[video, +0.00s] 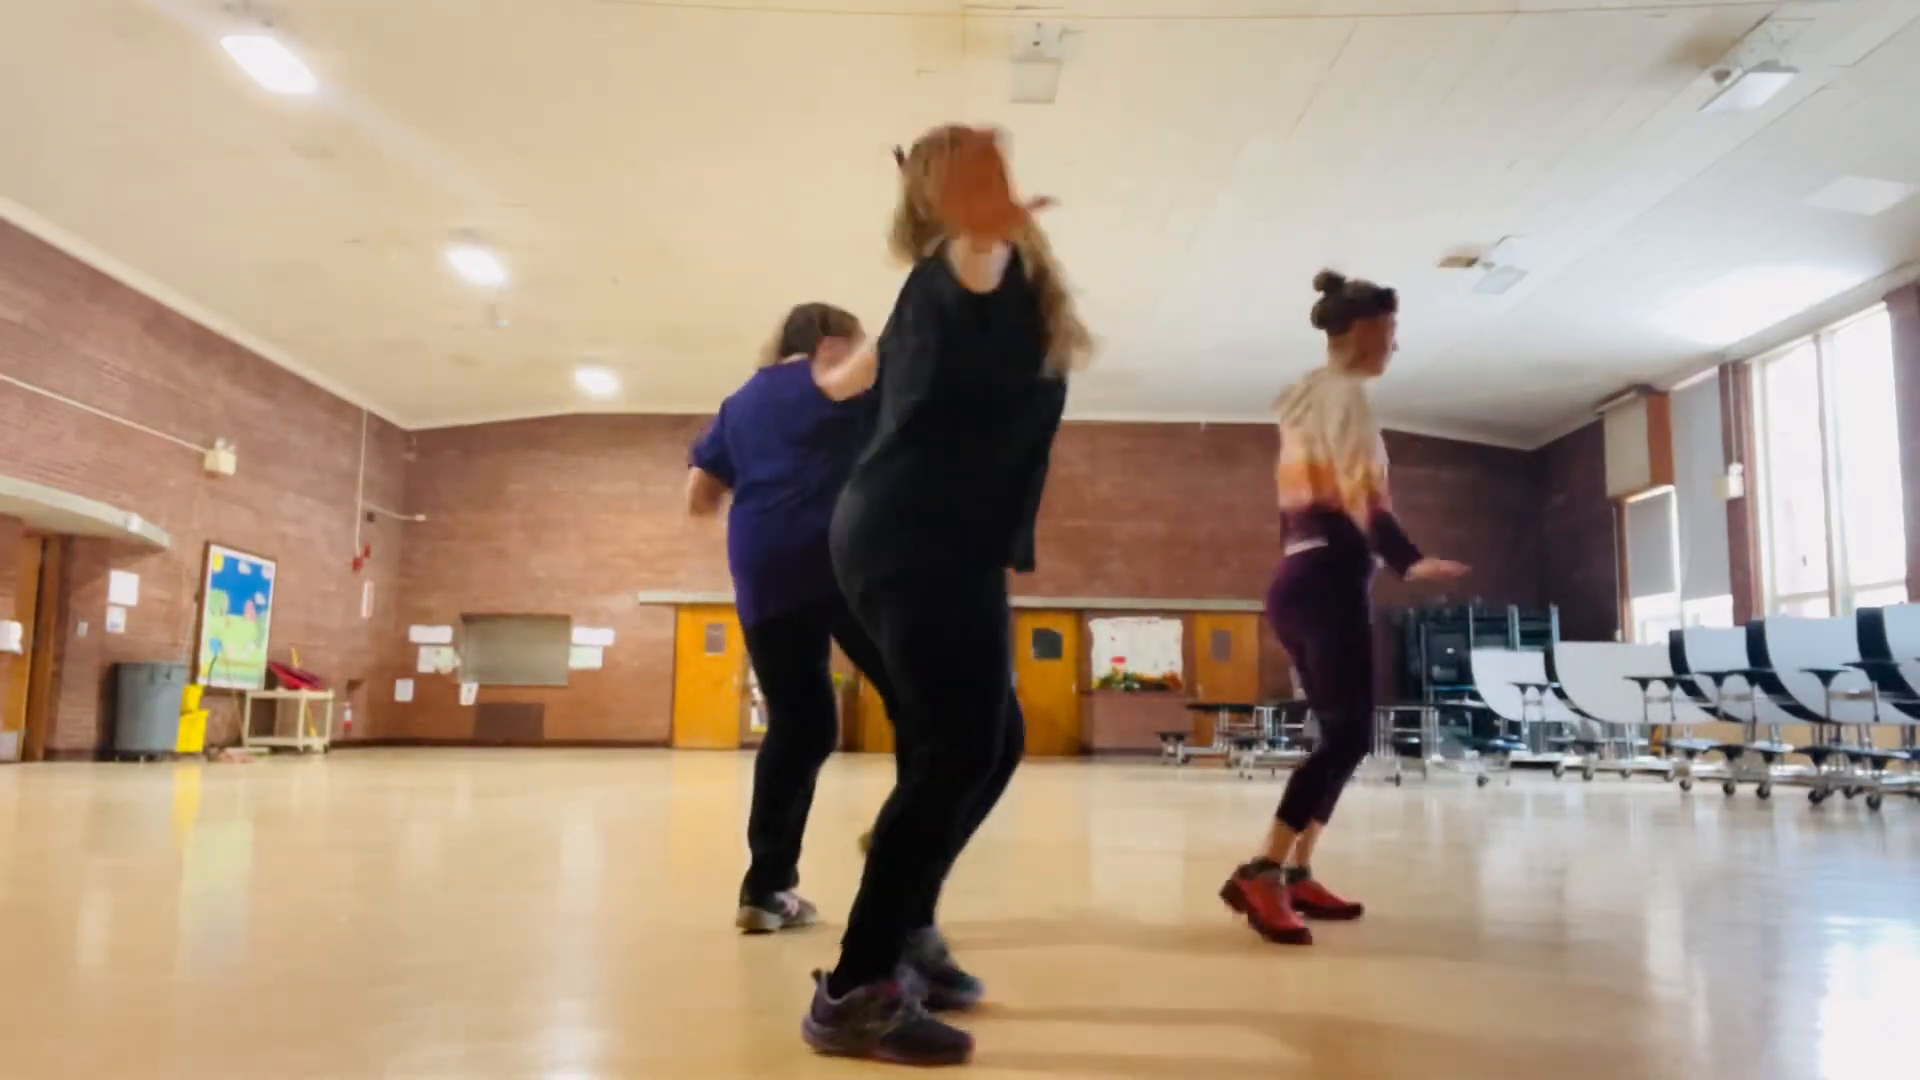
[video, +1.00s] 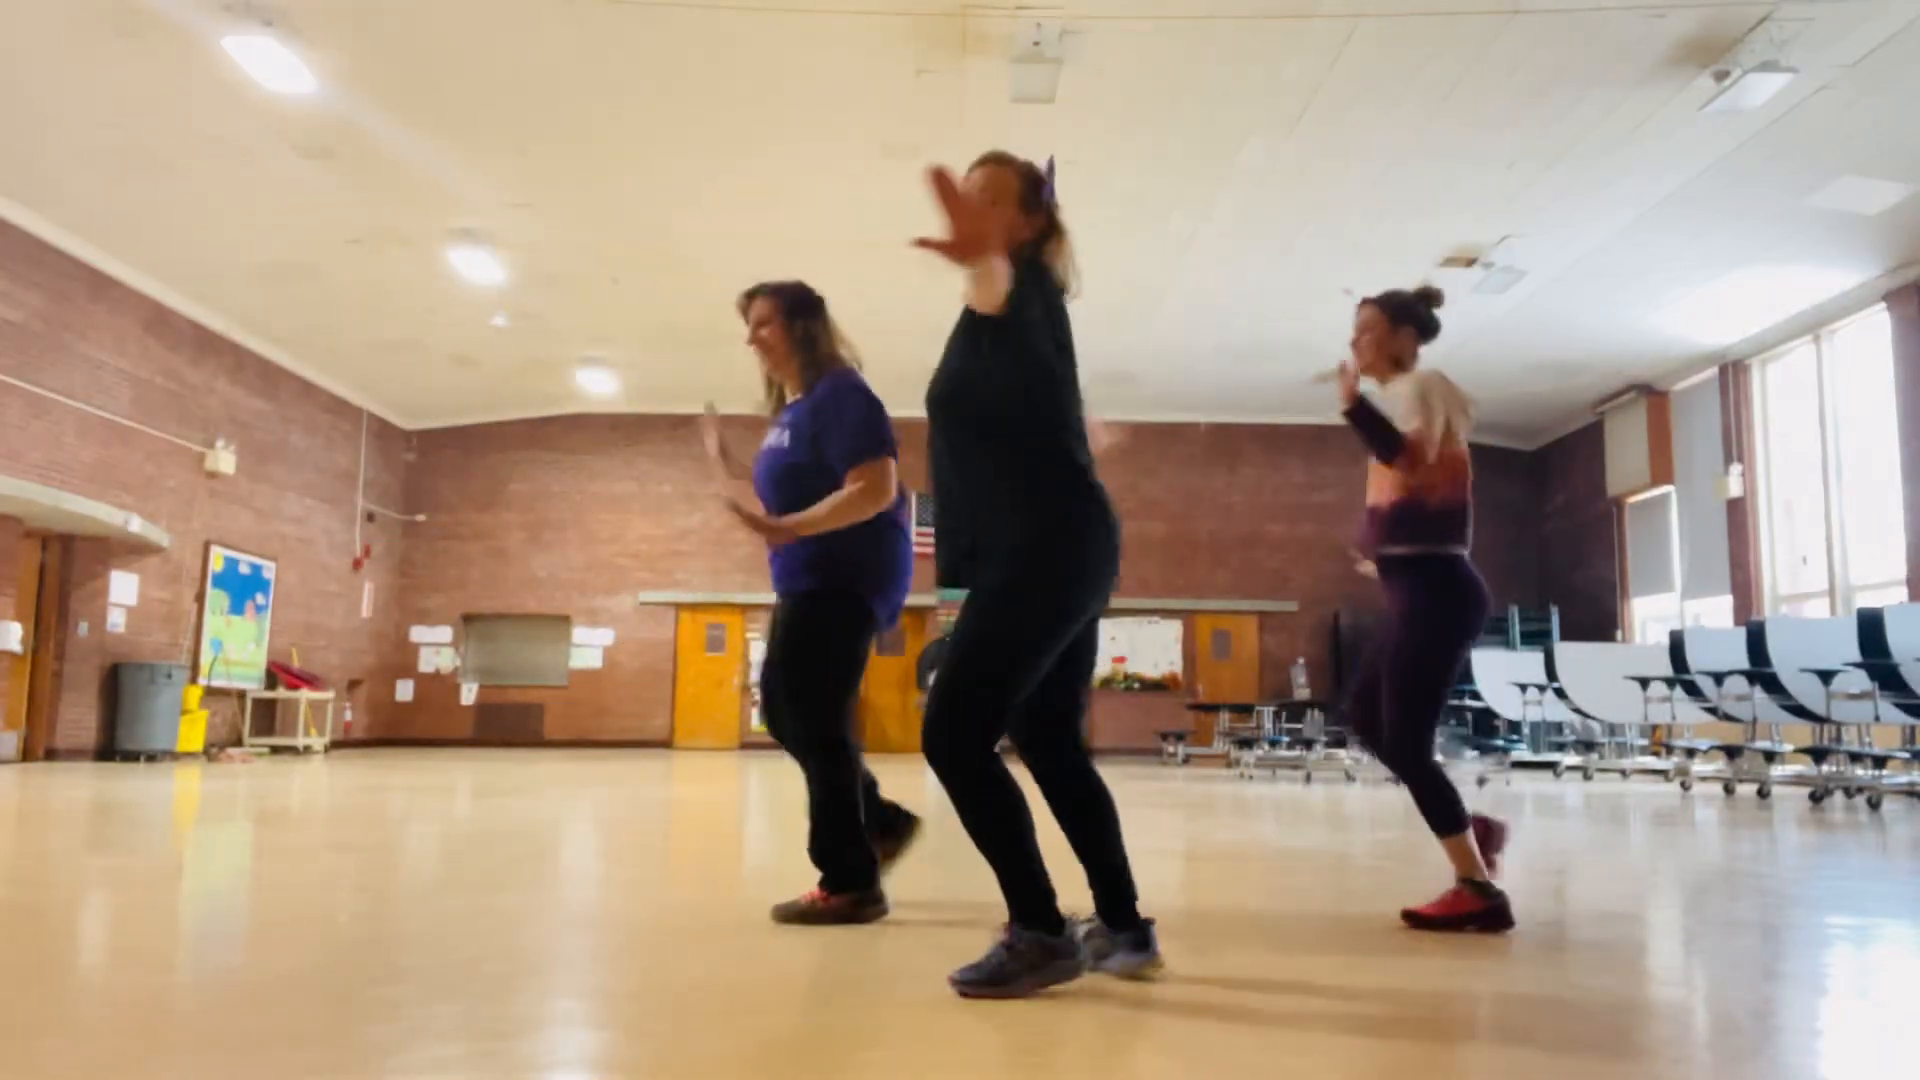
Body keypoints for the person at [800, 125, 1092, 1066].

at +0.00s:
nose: (1002, 178)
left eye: (997, 162)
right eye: (980, 165)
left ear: (1001, 186)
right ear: (944, 194)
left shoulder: (1011, 279)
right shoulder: (943, 282)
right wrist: (977, 259)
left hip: (947, 540)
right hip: (907, 536)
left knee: (990, 737)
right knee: (954, 749)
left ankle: (903, 932)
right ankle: (854, 988)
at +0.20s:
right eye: (1018, 187)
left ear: (932, 217)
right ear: (1019, 202)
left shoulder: (900, 307)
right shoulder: (1043, 273)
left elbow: (814, 356)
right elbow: (1116, 273)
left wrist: (742, 368)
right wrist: (1209, 254)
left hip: (882, 575)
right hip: (983, 567)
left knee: (951, 751)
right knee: (1106, 732)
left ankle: (923, 972)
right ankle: (981, 906)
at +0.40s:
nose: (950, 201)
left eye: (954, 190)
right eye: (965, 187)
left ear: (964, 206)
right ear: (1048, 198)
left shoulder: (921, 293)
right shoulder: (1096, 279)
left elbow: (804, 332)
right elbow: (1210, 296)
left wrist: (690, 344)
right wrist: (1334, 300)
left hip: (937, 557)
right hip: (1062, 557)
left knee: (946, 755)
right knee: (1107, 757)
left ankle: (932, 964)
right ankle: (1137, 972)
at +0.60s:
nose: (961, 224)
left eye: (967, 210)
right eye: (966, 208)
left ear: (994, 211)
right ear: (1057, 214)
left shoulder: (946, 297)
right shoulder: (1120, 309)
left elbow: (810, 309)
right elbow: (1232, 349)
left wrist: (686, 308)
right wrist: (1334, 372)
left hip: (978, 576)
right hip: (1097, 570)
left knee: (980, 760)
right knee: (1116, 743)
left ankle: (1042, 957)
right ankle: (1151, 923)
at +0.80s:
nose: (950, 217)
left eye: (964, 205)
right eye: (954, 205)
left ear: (1016, 215)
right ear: (1034, 221)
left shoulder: (966, 290)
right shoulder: (1087, 316)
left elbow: (883, 287)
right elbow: (1175, 384)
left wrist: (790, 271)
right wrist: (1245, 416)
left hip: (1001, 552)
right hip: (1100, 549)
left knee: (993, 749)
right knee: (1062, 728)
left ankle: (1039, 957)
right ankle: (1122, 905)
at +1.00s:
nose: (966, 202)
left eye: (983, 192)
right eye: (968, 190)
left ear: (1025, 218)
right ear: (995, 217)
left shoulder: (1014, 289)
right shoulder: (1011, 298)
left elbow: (1000, 281)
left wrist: (980, 253)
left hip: (1046, 546)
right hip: (1058, 545)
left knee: (954, 735)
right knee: (1047, 736)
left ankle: (1040, 932)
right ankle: (1124, 926)